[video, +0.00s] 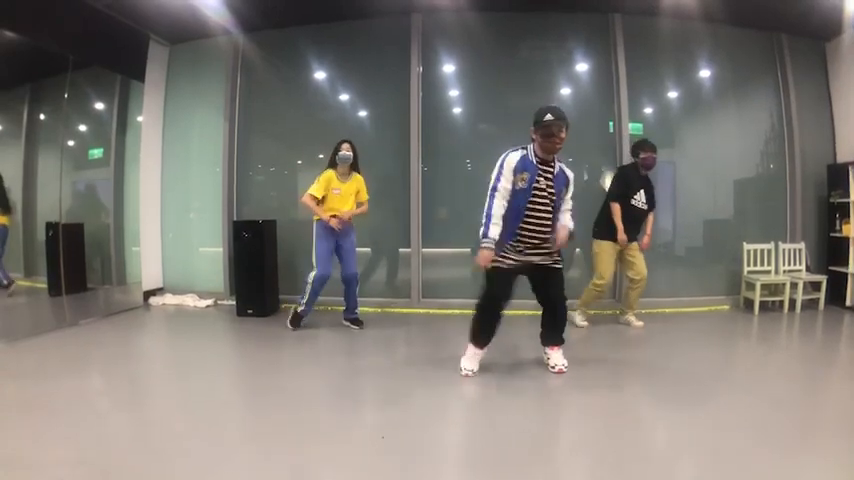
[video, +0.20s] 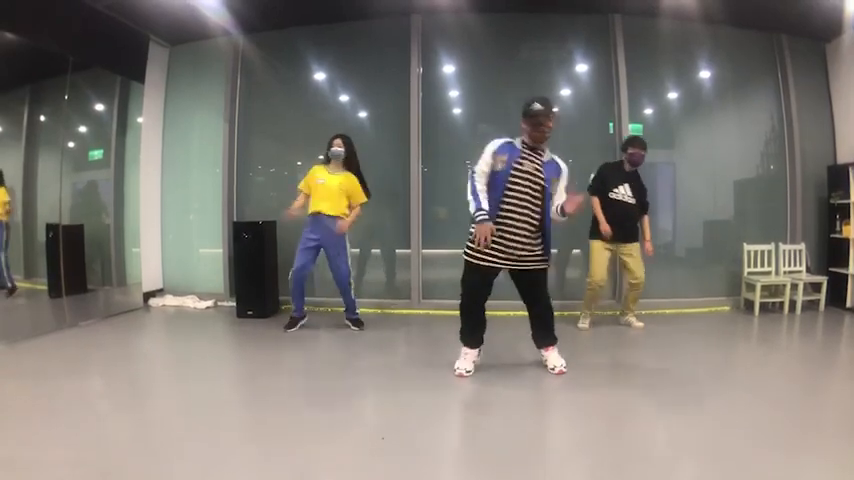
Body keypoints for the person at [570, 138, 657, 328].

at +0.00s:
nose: (650, 159)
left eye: (653, 156)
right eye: (646, 156)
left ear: (656, 158)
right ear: (637, 157)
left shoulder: (648, 184)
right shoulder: (624, 172)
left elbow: (650, 211)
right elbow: (613, 201)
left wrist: (647, 235)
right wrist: (620, 230)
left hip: (629, 238)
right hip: (607, 235)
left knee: (639, 275)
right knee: (603, 278)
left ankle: (627, 313)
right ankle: (579, 310)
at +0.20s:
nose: (638, 157)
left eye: (641, 154)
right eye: (634, 153)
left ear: (644, 156)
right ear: (625, 153)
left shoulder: (638, 181)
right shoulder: (607, 169)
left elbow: (644, 212)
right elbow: (593, 194)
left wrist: (647, 239)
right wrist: (602, 222)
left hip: (629, 240)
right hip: (602, 238)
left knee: (637, 279)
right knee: (597, 280)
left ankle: (627, 313)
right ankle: (586, 313)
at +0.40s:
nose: (612, 144)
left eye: (616, 141)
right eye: (609, 140)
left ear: (622, 142)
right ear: (602, 141)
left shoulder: (626, 167)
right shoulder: (592, 164)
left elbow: (632, 198)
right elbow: (583, 190)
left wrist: (635, 226)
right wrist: (582, 216)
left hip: (619, 231)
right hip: (593, 229)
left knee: (617, 276)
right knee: (588, 276)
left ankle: (615, 312)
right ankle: (586, 312)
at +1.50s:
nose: (589, 143)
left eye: (593, 139)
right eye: (585, 140)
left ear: (598, 140)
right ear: (579, 142)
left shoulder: (608, 167)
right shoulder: (574, 169)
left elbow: (619, 195)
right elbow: (566, 196)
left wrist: (614, 224)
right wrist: (560, 221)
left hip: (603, 232)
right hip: (577, 232)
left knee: (610, 275)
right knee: (571, 274)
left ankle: (610, 310)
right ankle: (568, 311)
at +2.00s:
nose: (601, 148)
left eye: (604, 144)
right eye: (596, 144)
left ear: (607, 145)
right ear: (587, 145)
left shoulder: (604, 171)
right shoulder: (578, 166)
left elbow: (603, 203)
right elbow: (562, 192)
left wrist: (613, 223)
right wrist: (575, 216)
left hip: (601, 232)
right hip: (578, 233)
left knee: (615, 270)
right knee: (566, 275)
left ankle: (614, 311)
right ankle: (547, 309)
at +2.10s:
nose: (617, 154)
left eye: (618, 150)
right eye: (612, 151)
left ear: (618, 152)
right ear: (602, 153)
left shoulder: (608, 175)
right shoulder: (594, 173)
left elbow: (605, 208)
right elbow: (587, 204)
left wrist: (614, 231)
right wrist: (597, 230)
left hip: (607, 240)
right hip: (586, 240)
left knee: (626, 275)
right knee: (570, 279)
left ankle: (620, 313)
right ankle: (544, 309)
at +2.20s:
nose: (625, 160)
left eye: (627, 156)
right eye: (620, 156)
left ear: (629, 158)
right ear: (610, 159)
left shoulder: (616, 179)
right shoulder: (604, 178)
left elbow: (609, 212)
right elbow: (593, 208)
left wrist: (627, 221)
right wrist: (614, 228)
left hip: (612, 240)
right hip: (593, 241)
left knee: (632, 276)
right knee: (576, 281)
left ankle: (621, 314)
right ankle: (546, 309)